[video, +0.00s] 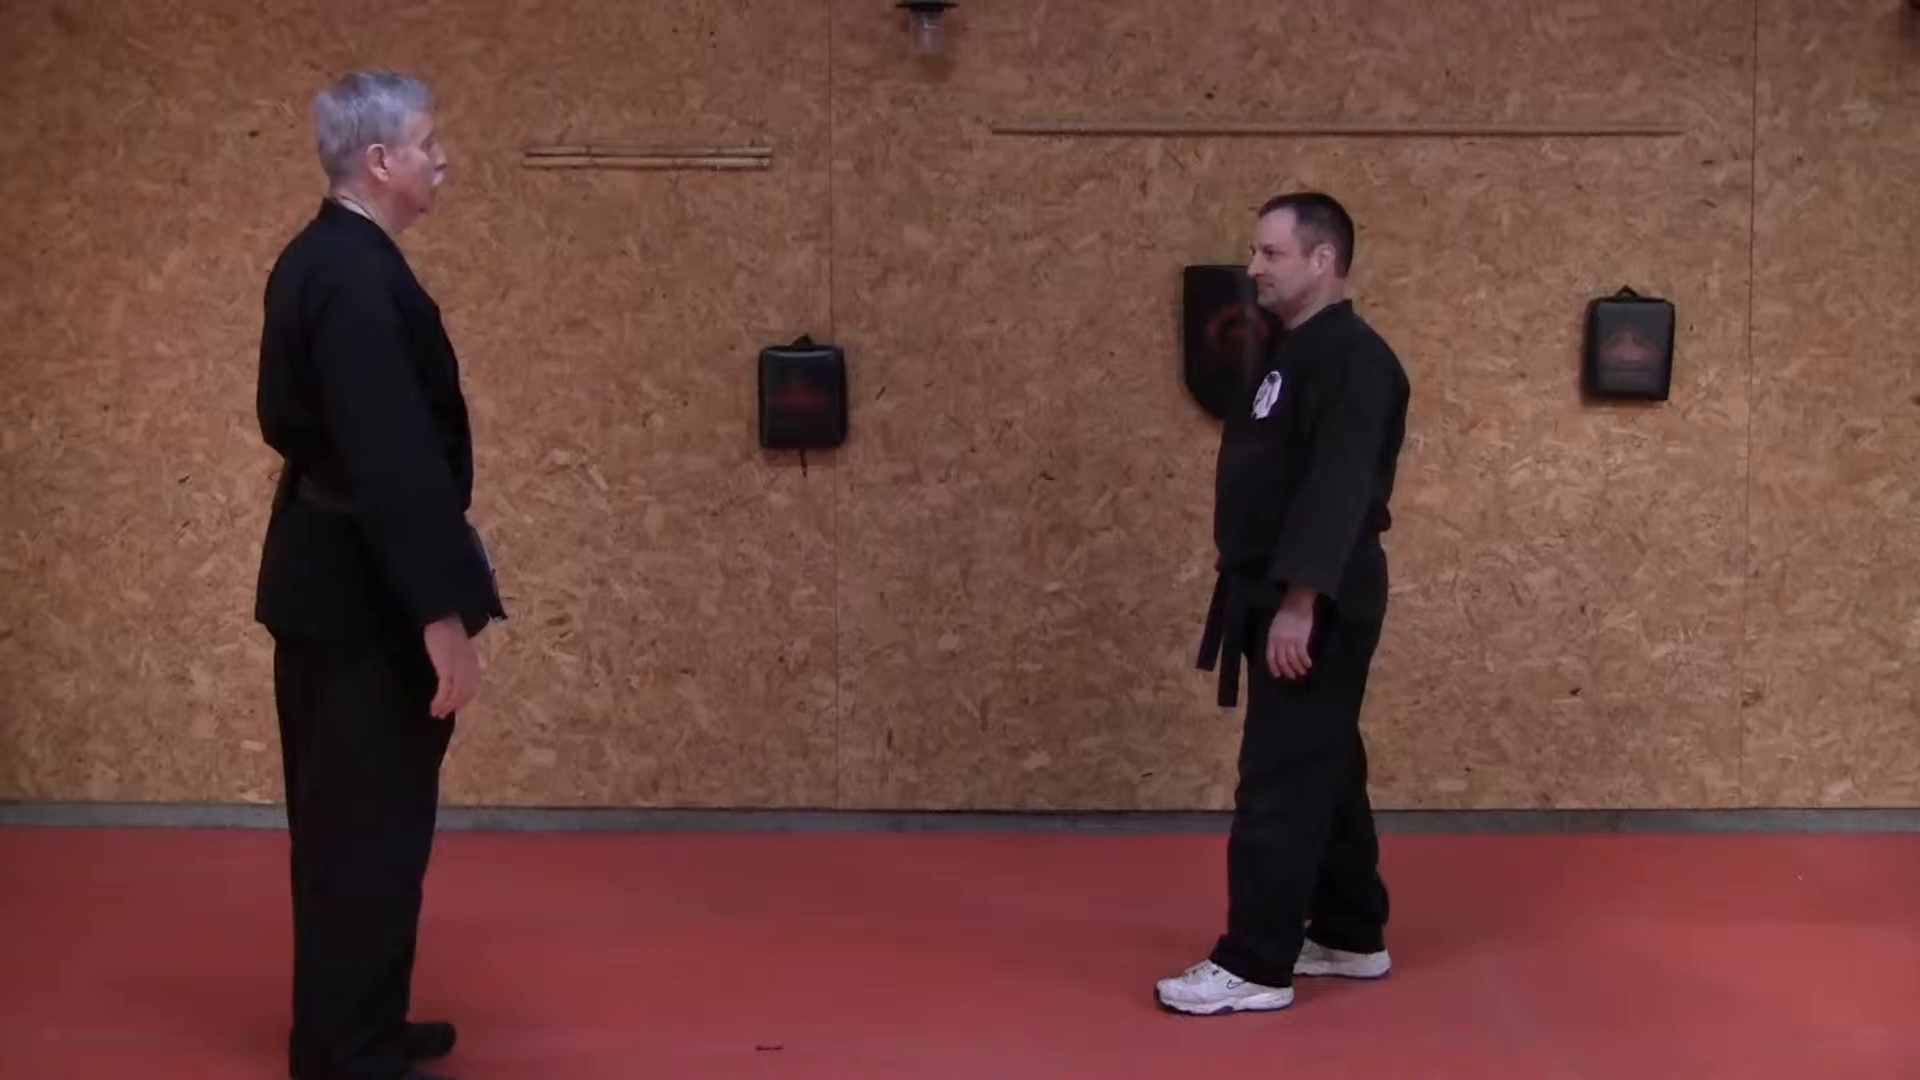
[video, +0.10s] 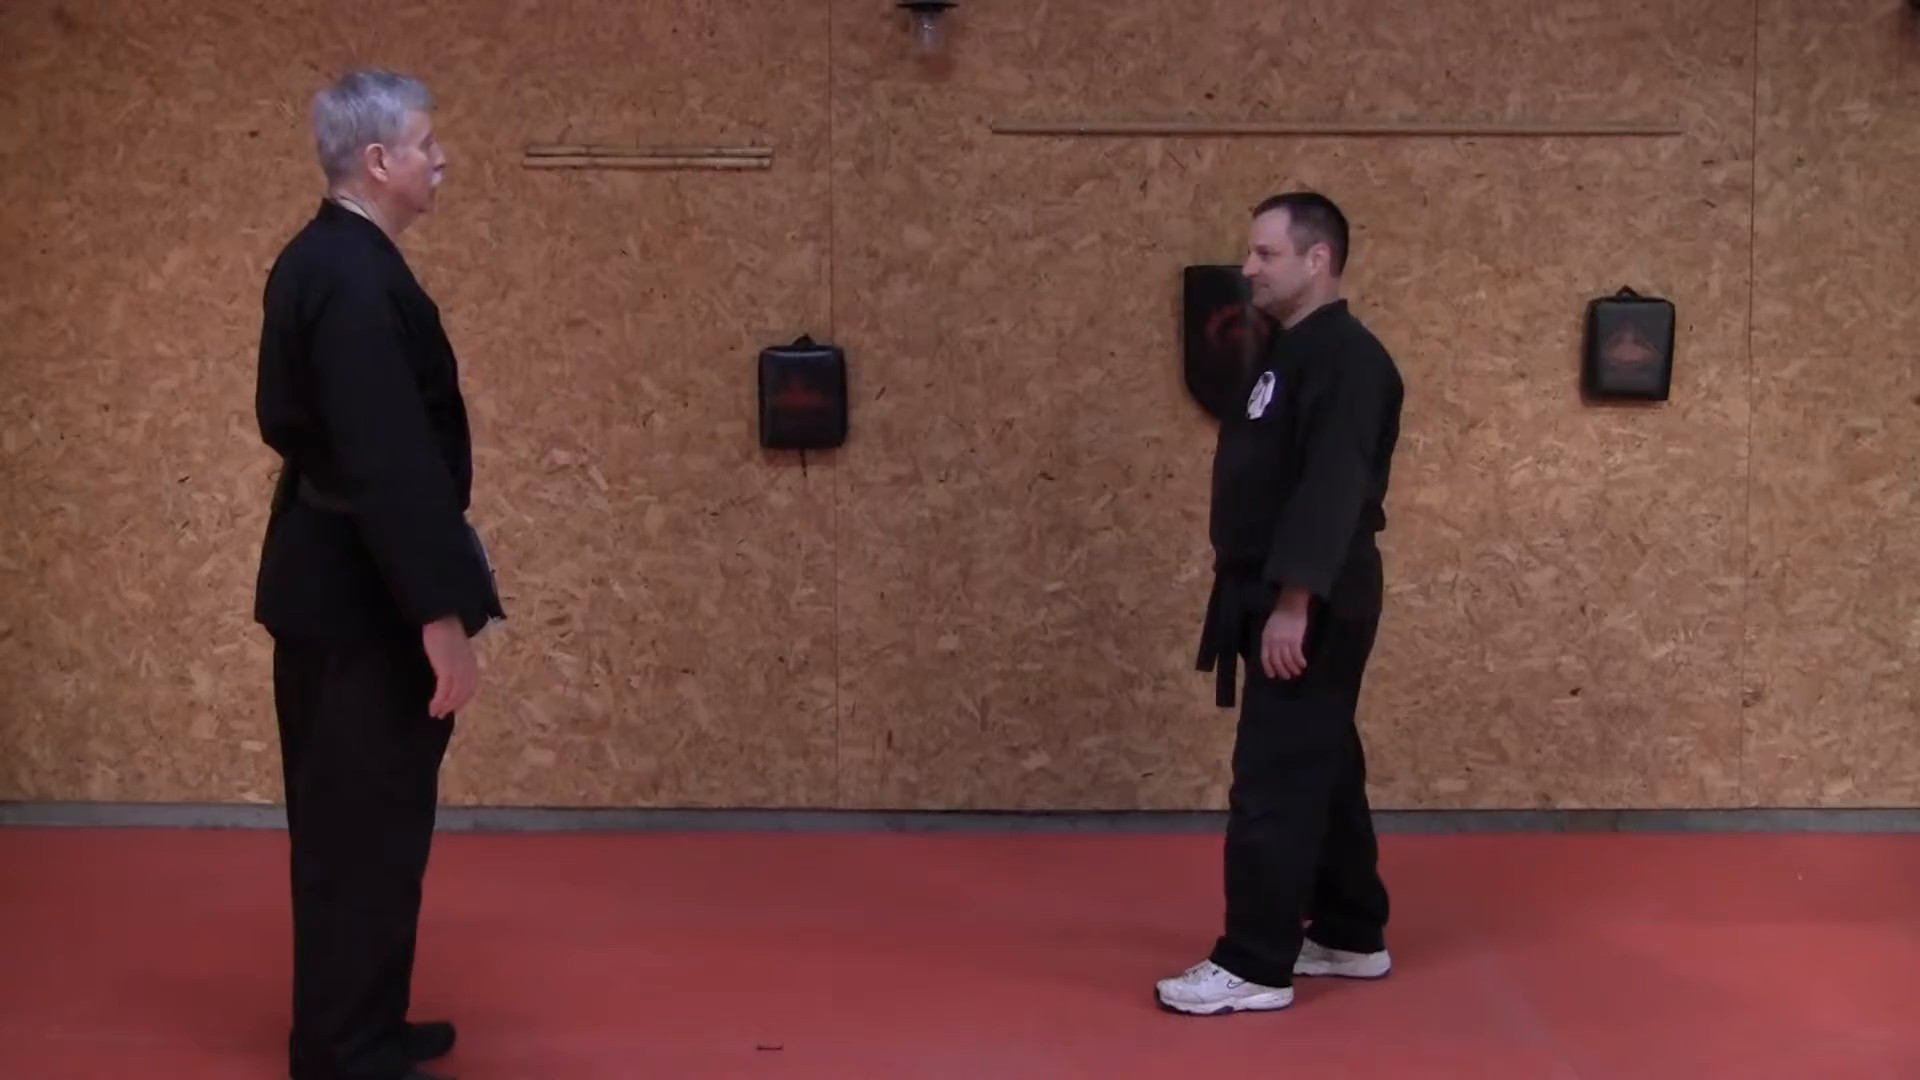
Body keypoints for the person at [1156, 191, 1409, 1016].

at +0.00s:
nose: (1256, 268)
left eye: (1272, 254)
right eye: (1255, 253)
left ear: (1326, 261)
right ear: (1302, 262)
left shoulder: (1355, 358)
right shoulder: (1293, 353)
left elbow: (1339, 489)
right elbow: (1280, 478)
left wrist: (1301, 599)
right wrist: (1249, 591)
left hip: (1320, 603)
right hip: (1286, 596)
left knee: (1279, 781)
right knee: (1322, 769)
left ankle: (1255, 962)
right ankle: (1350, 935)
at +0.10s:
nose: (1250, 269)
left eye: (1266, 254)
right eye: (1249, 254)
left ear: (1320, 260)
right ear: (1298, 262)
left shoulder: (1348, 356)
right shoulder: (1290, 351)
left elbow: (1333, 490)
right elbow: (1276, 472)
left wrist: (1295, 598)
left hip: (1316, 603)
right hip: (1286, 596)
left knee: (1273, 781)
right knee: (1321, 768)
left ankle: (1254, 963)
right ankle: (1351, 935)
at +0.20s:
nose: (1242, 269)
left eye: (1258, 254)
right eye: (1241, 254)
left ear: (1311, 259)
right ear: (1295, 261)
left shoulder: (1339, 356)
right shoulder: (1288, 351)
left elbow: (1322, 490)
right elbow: (1275, 474)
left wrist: (1285, 599)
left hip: (1308, 601)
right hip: (1282, 595)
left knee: (1265, 781)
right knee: (1316, 768)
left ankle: (1253, 963)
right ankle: (1351, 935)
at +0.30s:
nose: (1235, 273)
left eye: (1250, 258)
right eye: (1234, 258)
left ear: (1302, 259)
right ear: (1286, 260)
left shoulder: (1329, 355)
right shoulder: (1282, 350)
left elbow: (1310, 490)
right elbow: (1218, 392)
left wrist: (1271, 601)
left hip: (1299, 604)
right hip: (1282, 601)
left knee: (1251, 780)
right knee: (1313, 769)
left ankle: (1254, 964)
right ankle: (1351, 935)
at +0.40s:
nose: (1227, 279)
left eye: (1240, 264)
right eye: (1226, 264)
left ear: (1292, 263)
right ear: (1281, 265)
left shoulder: (1316, 353)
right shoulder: (1278, 349)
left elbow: (1297, 488)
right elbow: (1215, 391)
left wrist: (1254, 600)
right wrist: (1217, 328)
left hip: (1278, 607)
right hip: (1275, 603)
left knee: (1227, 778)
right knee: (1305, 767)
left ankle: (1245, 959)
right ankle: (1351, 935)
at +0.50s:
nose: (1213, 284)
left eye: (1226, 269)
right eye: (1212, 270)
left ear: (1278, 266)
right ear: (1270, 269)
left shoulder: (1302, 354)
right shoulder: (1263, 349)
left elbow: (1281, 489)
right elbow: (1205, 383)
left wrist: (1230, 596)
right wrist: (1206, 307)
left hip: (1261, 602)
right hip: (1263, 600)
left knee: (1189, 764)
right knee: (1294, 765)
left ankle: (1220, 945)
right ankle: (1349, 935)